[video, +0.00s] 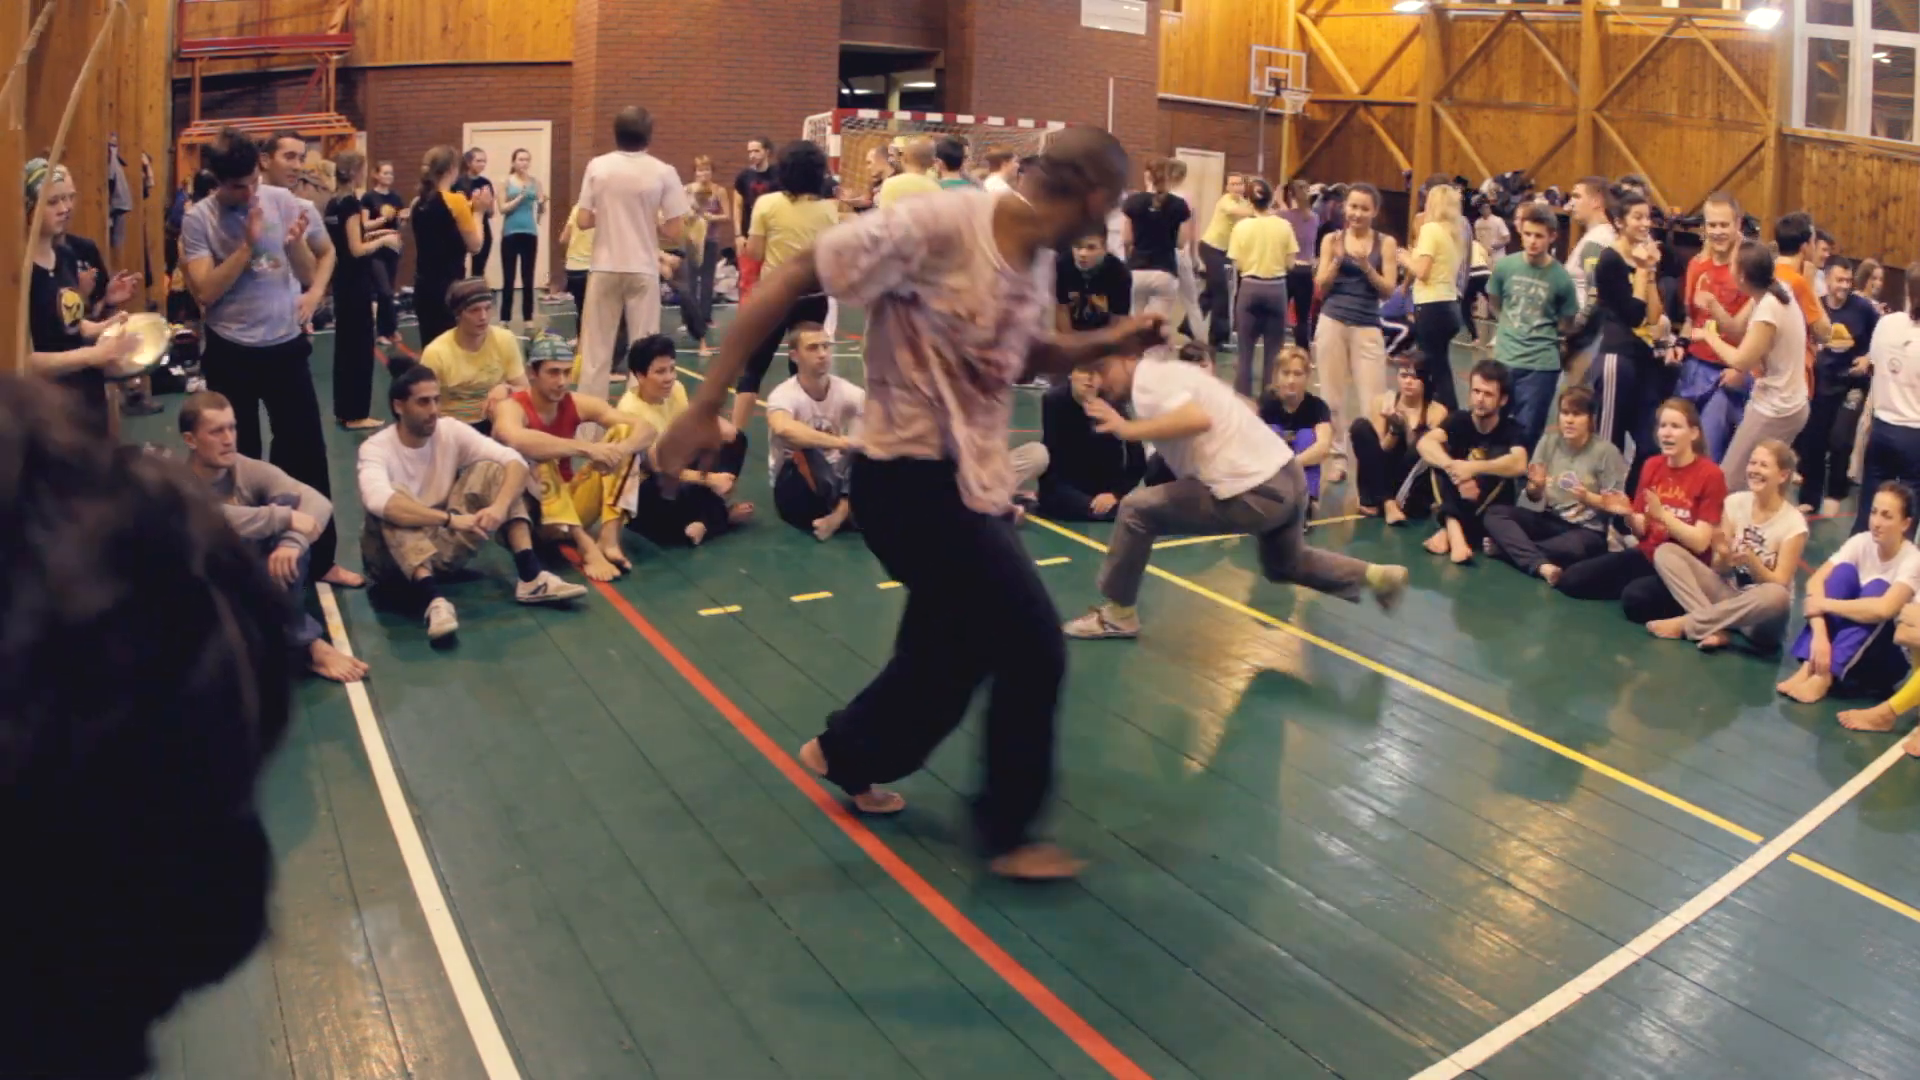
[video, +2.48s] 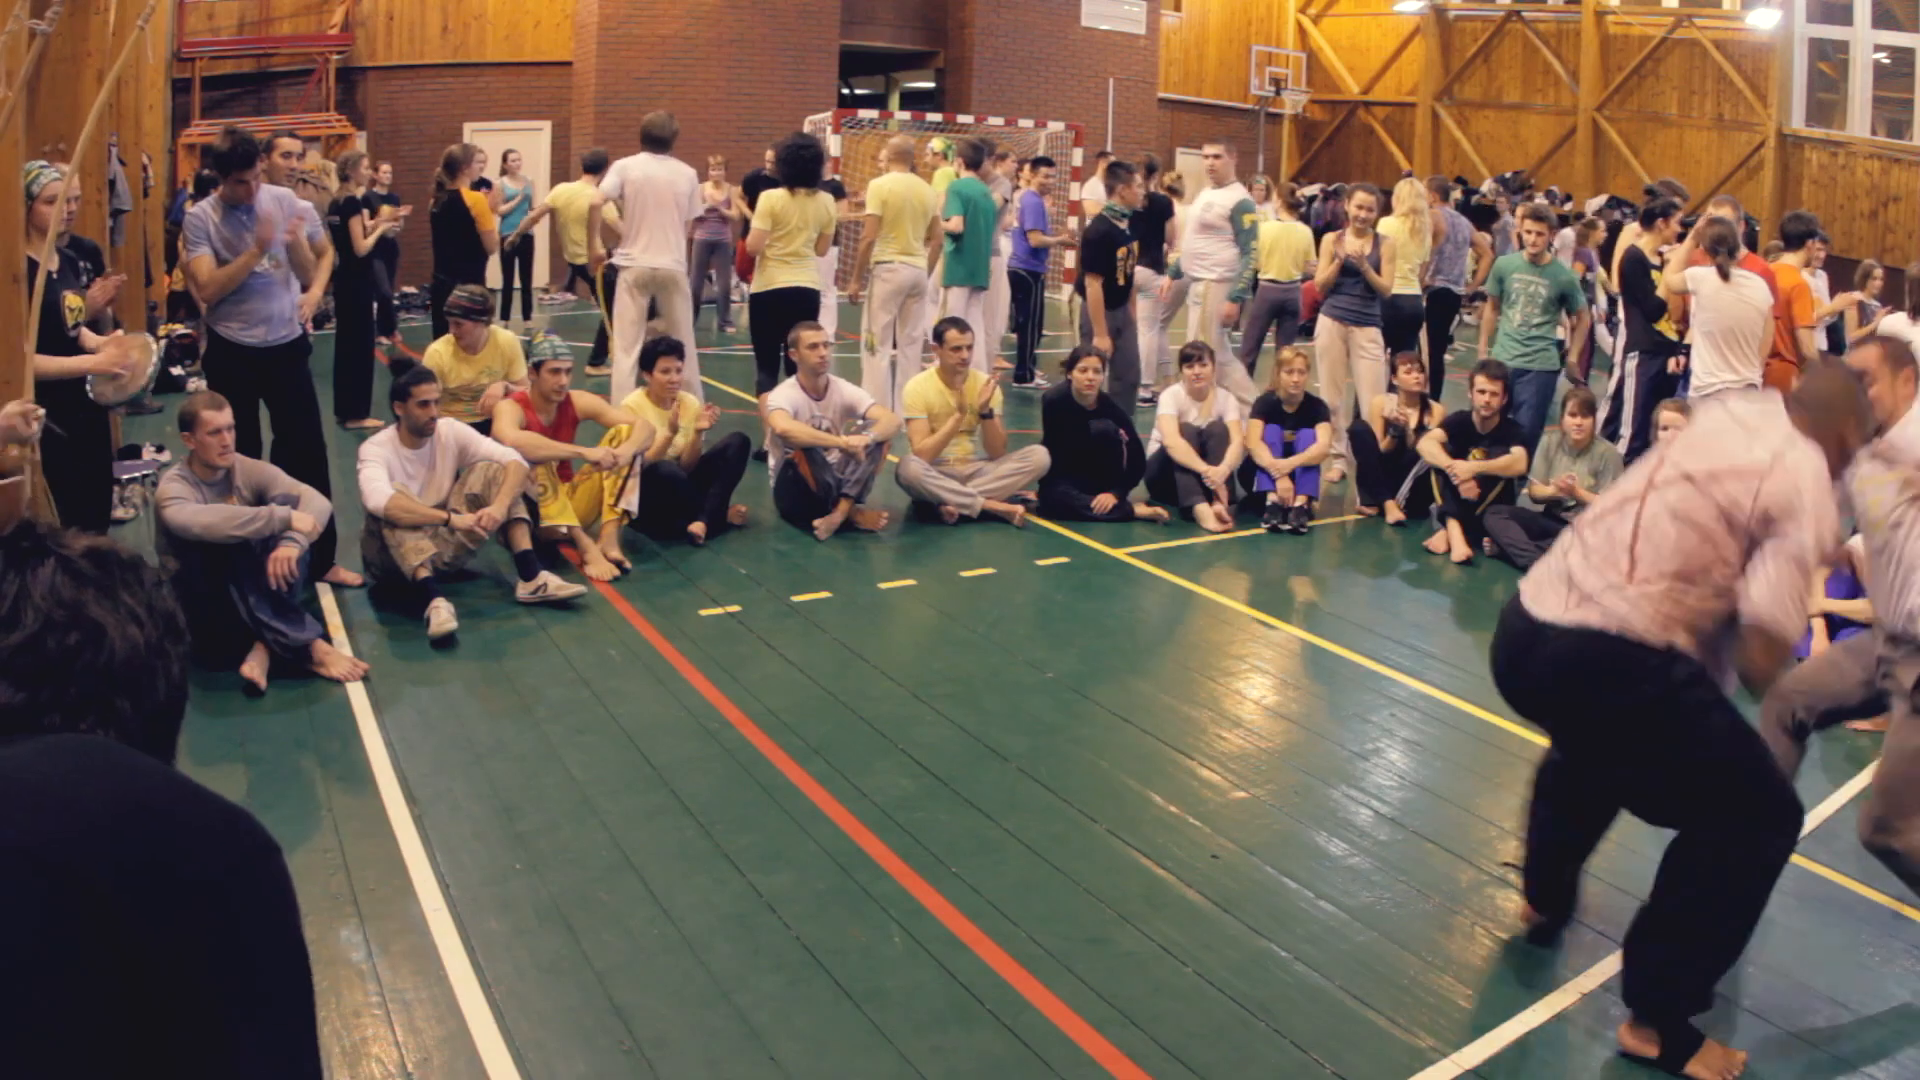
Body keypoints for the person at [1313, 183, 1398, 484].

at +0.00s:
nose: (1357, 213)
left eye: (1364, 209)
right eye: (1353, 207)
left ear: (1375, 212)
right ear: (1345, 208)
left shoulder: (1385, 243)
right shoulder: (1332, 240)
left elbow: (1388, 288)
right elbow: (1321, 285)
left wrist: (1367, 267)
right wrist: (1336, 260)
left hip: (1367, 323)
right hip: (1332, 319)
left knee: (1372, 394)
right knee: (1333, 393)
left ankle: (1372, 460)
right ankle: (1337, 457)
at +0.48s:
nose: (1356, 214)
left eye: (1363, 209)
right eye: (1352, 207)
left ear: (1375, 213)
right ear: (1345, 209)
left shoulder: (1385, 242)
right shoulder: (1331, 238)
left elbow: (1386, 289)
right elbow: (1323, 285)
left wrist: (1359, 264)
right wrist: (1346, 267)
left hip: (1368, 322)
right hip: (1332, 319)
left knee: (1373, 400)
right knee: (1332, 399)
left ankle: (1372, 462)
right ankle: (1335, 458)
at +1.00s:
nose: (1357, 214)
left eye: (1364, 209)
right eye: (1353, 207)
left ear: (1374, 213)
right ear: (1345, 208)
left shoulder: (1384, 243)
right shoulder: (1331, 240)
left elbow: (1387, 289)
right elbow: (1322, 285)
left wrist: (1362, 266)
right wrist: (1343, 266)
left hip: (1368, 323)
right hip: (1332, 318)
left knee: (1372, 402)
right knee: (1333, 400)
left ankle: (1374, 462)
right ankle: (1335, 460)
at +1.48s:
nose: (1360, 214)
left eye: (1366, 210)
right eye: (1355, 207)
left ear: (1374, 212)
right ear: (1346, 207)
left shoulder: (1384, 243)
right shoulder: (1331, 240)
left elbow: (1385, 289)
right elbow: (1321, 283)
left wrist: (1359, 264)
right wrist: (1343, 263)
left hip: (1366, 322)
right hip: (1331, 318)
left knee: (1371, 394)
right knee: (1333, 391)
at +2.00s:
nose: (1363, 214)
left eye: (1369, 209)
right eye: (1358, 208)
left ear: (1376, 213)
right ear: (1346, 208)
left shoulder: (1383, 244)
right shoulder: (1330, 240)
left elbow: (1387, 289)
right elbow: (1319, 284)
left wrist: (1363, 266)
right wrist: (1342, 266)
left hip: (1366, 322)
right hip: (1331, 319)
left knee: (1370, 393)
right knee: (1333, 391)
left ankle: (1380, 460)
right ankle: (1336, 457)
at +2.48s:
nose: (1364, 214)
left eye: (1370, 210)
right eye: (1359, 208)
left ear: (1378, 214)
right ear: (1347, 207)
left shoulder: (1385, 244)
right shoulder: (1331, 240)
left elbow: (1386, 289)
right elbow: (1321, 286)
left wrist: (1364, 266)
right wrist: (1338, 262)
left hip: (1367, 323)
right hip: (1331, 319)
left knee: (1372, 395)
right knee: (1333, 392)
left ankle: (1374, 462)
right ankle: (1337, 458)